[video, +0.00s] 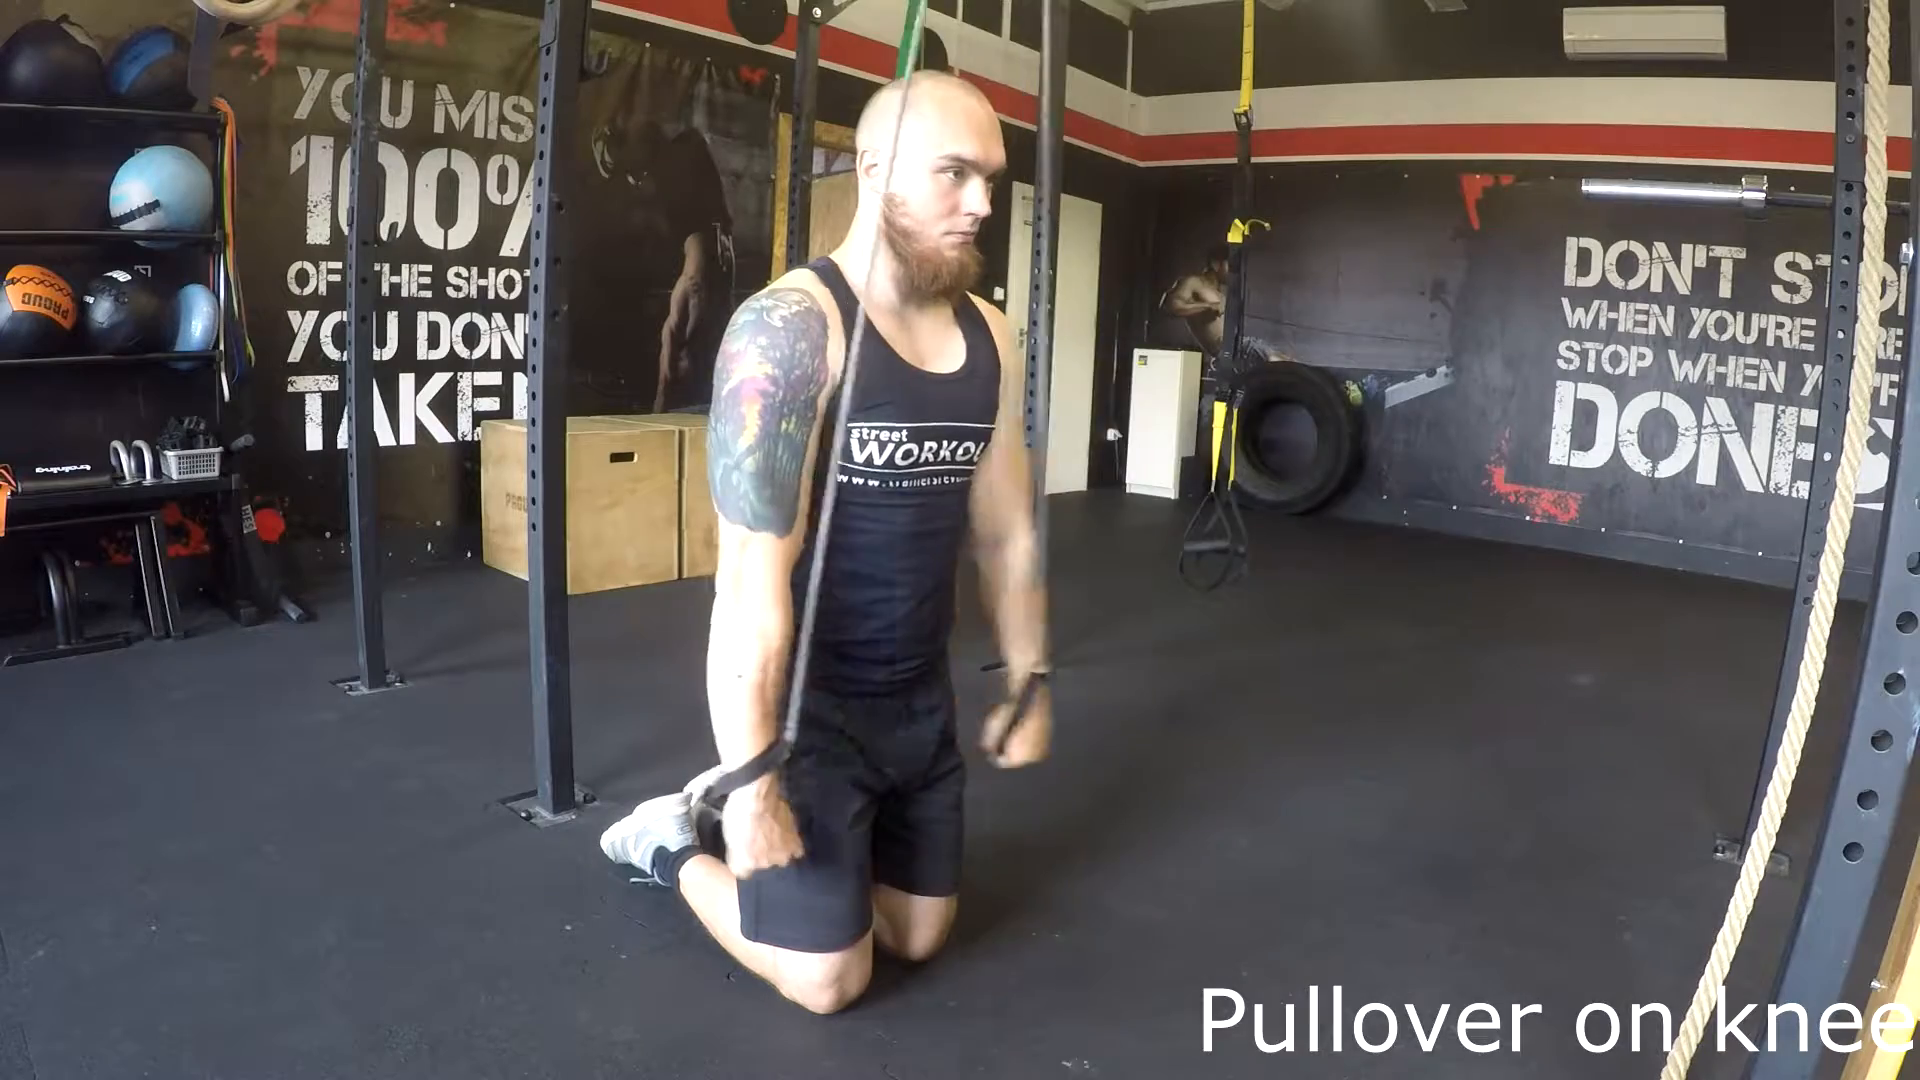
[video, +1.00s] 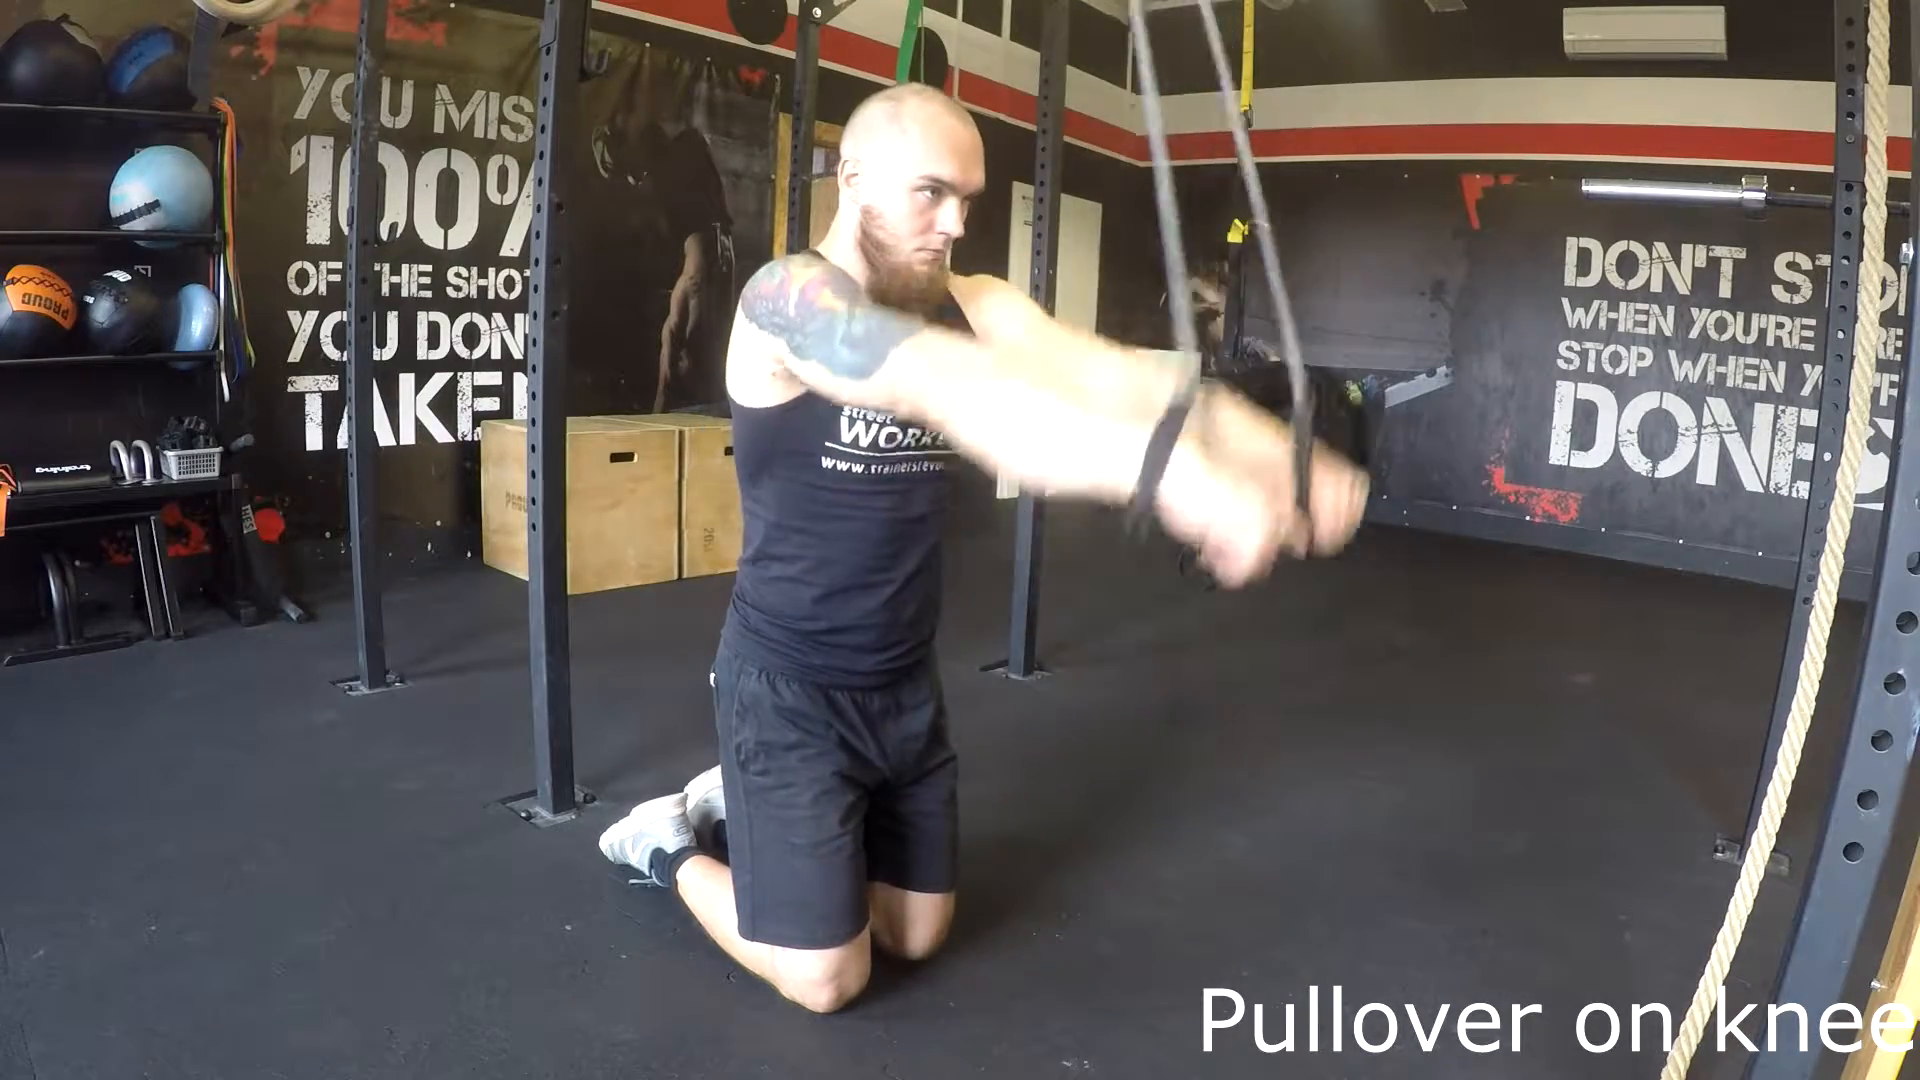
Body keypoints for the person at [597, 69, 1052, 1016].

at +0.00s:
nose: (982, 204)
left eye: (992, 180)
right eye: (956, 174)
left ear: (996, 188)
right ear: (877, 175)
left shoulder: (989, 333)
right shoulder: (787, 331)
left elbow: (1007, 528)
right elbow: (754, 570)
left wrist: (1028, 675)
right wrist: (752, 774)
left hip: (918, 697)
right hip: (803, 705)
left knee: (915, 932)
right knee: (826, 980)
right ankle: (680, 848)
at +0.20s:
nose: (975, 205)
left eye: (985, 179)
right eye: (950, 175)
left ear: (992, 182)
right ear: (871, 173)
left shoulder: (987, 327)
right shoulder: (785, 323)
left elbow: (1051, 505)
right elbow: (803, 563)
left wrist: (1130, 659)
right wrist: (859, 761)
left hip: (916, 681)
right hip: (802, 691)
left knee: (915, 932)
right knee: (824, 979)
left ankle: (748, 805)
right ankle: (673, 850)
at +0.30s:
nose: (969, 208)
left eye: (979, 183)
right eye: (944, 176)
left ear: (984, 190)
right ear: (863, 175)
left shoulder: (983, 322)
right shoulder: (784, 314)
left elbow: (1073, 479)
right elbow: (847, 530)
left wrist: (1181, 624)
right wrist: (956, 716)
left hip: (930, 677)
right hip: (801, 681)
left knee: (916, 933)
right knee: (823, 978)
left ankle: (753, 805)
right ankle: (673, 853)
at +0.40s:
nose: (966, 213)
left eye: (976, 188)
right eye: (940, 185)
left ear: (984, 189)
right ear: (863, 180)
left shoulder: (977, 318)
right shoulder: (782, 305)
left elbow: (1093, 442)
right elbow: (892, 472)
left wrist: (1235, 569)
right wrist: (1051, 616)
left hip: (910, 681)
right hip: (793, 684)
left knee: (913, 933)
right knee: (824, 979)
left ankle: (746, 811)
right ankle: (673, 854)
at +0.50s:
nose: (955, 220)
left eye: (970, 196)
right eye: (932, 189)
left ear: (978, 198)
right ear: (855, 179)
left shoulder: (971, 312)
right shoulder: (778, 296)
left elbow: (1106, 396)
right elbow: (925, 400)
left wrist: (1256, 485)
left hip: (907, 681)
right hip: (790, 683)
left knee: (916, 931)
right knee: (821, 977)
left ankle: (743, 814)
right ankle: (671, 854)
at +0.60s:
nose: (952, 224)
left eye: (966, 201)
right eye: (929, 192)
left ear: (970, 204)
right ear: (849, 177)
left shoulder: (956, 304)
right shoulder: (778, 285)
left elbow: (1086, 349)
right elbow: (938, 327)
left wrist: (1262, 405)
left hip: (905, 679)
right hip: (786, 681)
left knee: (916, 931)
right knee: (822, 979)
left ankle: (740, 808)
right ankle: (676, 855)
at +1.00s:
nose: (952, 224)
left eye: (968, 202)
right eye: (930, 194)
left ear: (975, 204)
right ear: (850, 180)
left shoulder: (969, 304)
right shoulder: (785, 295)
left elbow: (1104, 371)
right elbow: (939, 386)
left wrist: (1266, 447)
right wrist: (1161, 470)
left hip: (904, 679)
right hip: (787, 682)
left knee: (915, 932)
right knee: (822, 978)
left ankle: (741, 806)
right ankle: (674, 856)